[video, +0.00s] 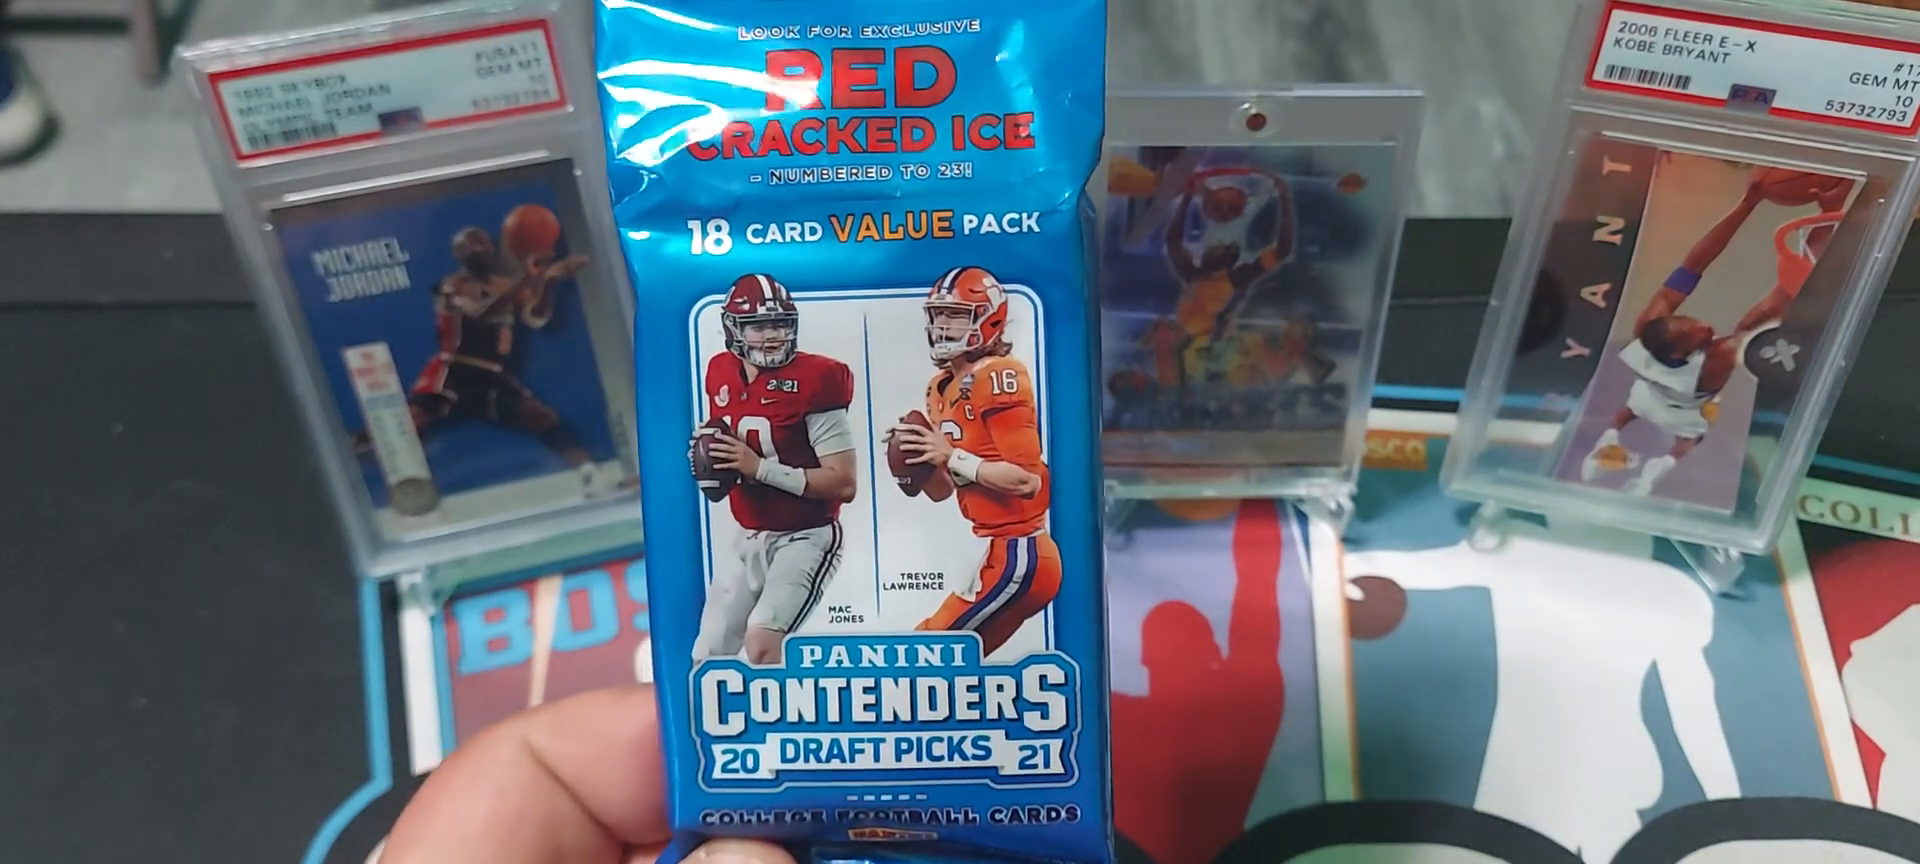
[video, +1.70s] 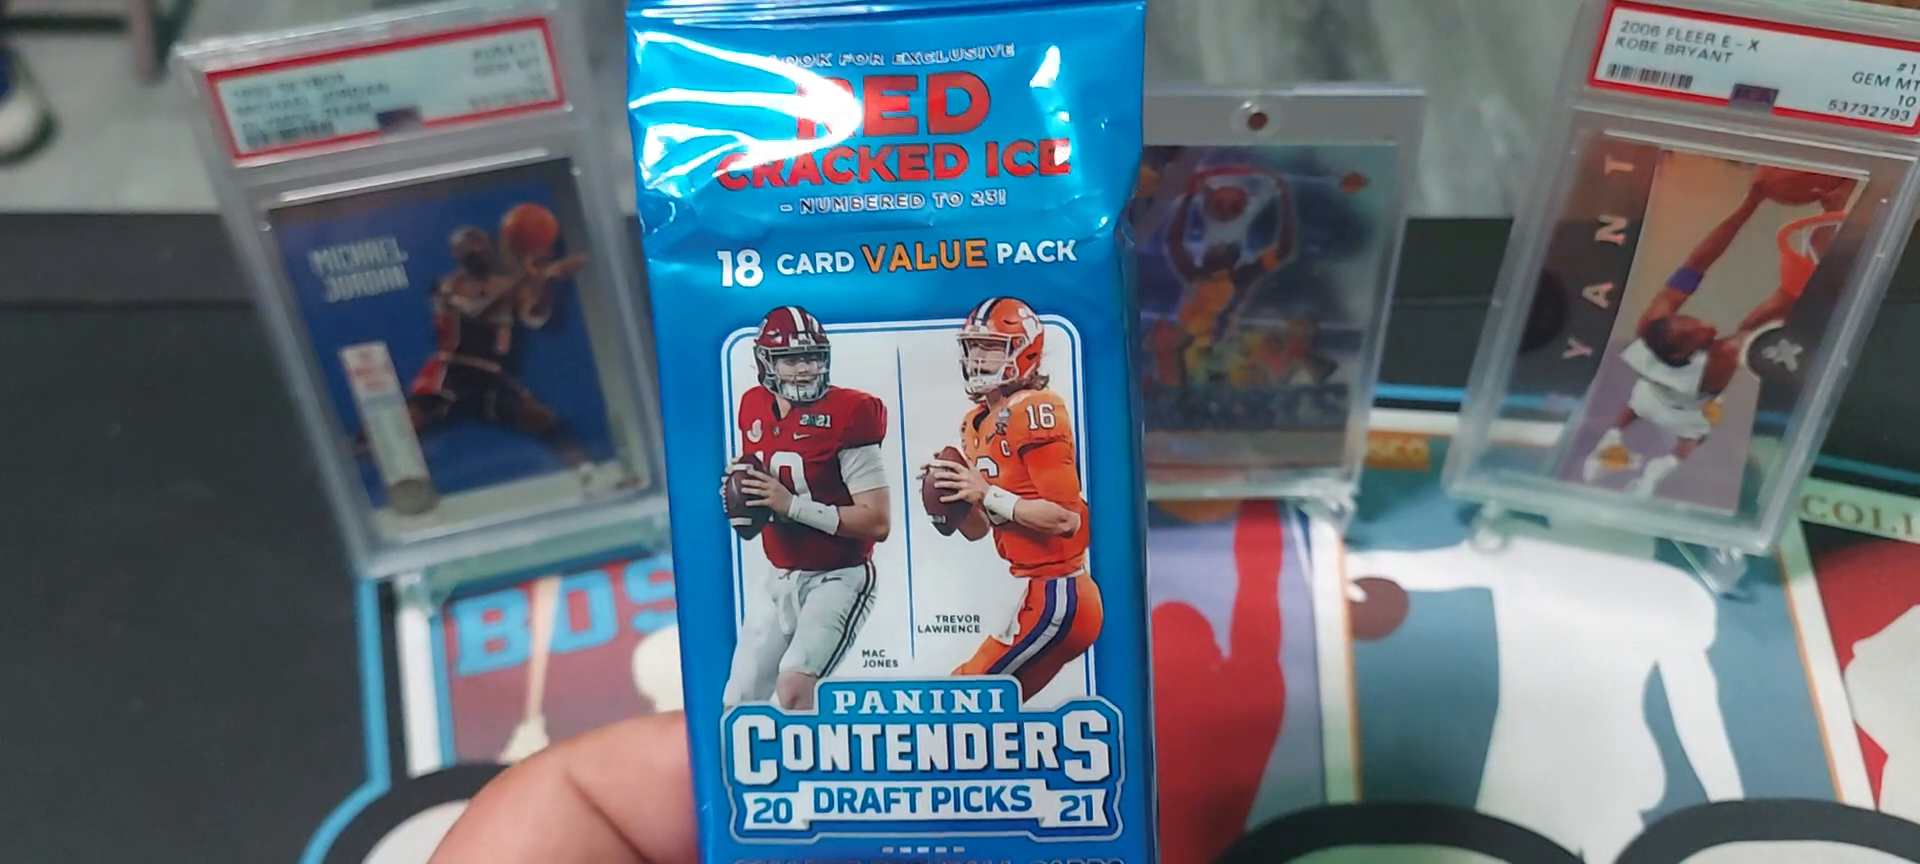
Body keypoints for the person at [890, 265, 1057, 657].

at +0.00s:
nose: (943, 328)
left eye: (956, 317)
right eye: (938, 316)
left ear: (988, 321)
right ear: (929, 319)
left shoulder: (998, 375)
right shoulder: (940, 386)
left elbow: (1025, 480)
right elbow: (940, 490)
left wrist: (950, 455)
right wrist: (912, 457)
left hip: (1020, 555)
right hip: (1003, 553)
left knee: (922, 656)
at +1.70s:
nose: (978, 360)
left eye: (992, 349)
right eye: (973, 348)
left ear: (1024, 354)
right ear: (963, 352)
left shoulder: (1035, 409)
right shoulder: (974, 422)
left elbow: (1064, 518)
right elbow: (975, 528)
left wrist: (986, 493)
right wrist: (948, 492)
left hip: (1058, 596)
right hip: (1043, 593)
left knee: (958, 702)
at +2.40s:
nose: (1033, 381)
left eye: (1049, 369)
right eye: (1028, 367)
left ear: (1083, 378)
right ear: (1018, 371)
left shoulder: (1095, 435)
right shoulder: (1032, 447)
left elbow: (1124, 551)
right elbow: (1029, 558)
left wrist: (1041, 523)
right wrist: (999, 528)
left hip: (1115, 633)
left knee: (1012, 739)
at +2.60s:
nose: (1127, 427)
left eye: (1143, 416)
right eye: (1123, 414)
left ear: (1179, 425)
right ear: (1113, 417)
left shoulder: (1189, 486)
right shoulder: (1120, 494)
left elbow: (1212, 606)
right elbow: (1114, 611)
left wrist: (1127, 572)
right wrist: (1083, 579)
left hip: (1201, 692)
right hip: (1176, 688)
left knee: (1081, 798)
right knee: (1098, 809)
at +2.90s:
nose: (1163, 391)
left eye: (1180, 381)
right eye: (1160, 378)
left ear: (1216, 390)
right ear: (1150, 380)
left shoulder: (1222, 451)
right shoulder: (1154, 455)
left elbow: (1234, 567)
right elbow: (1141, 568)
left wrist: (1154, 532)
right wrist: (1115, 532)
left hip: (1221, 649)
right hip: (1198, 644)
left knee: (1102, 744)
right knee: (1118, 756)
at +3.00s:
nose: (1187, 383)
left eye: (1203, 373)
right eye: (1184, 369)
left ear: (1238, 382)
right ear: (1173, 370)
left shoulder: (1242, 443)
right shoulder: (1173, 445)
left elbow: (1253, 559)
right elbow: (1158, 558)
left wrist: (1173, 522)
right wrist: (1135, 522)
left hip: (1236, 642)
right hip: (1213, 637)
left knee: (1112, 735)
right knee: (1129, 746)